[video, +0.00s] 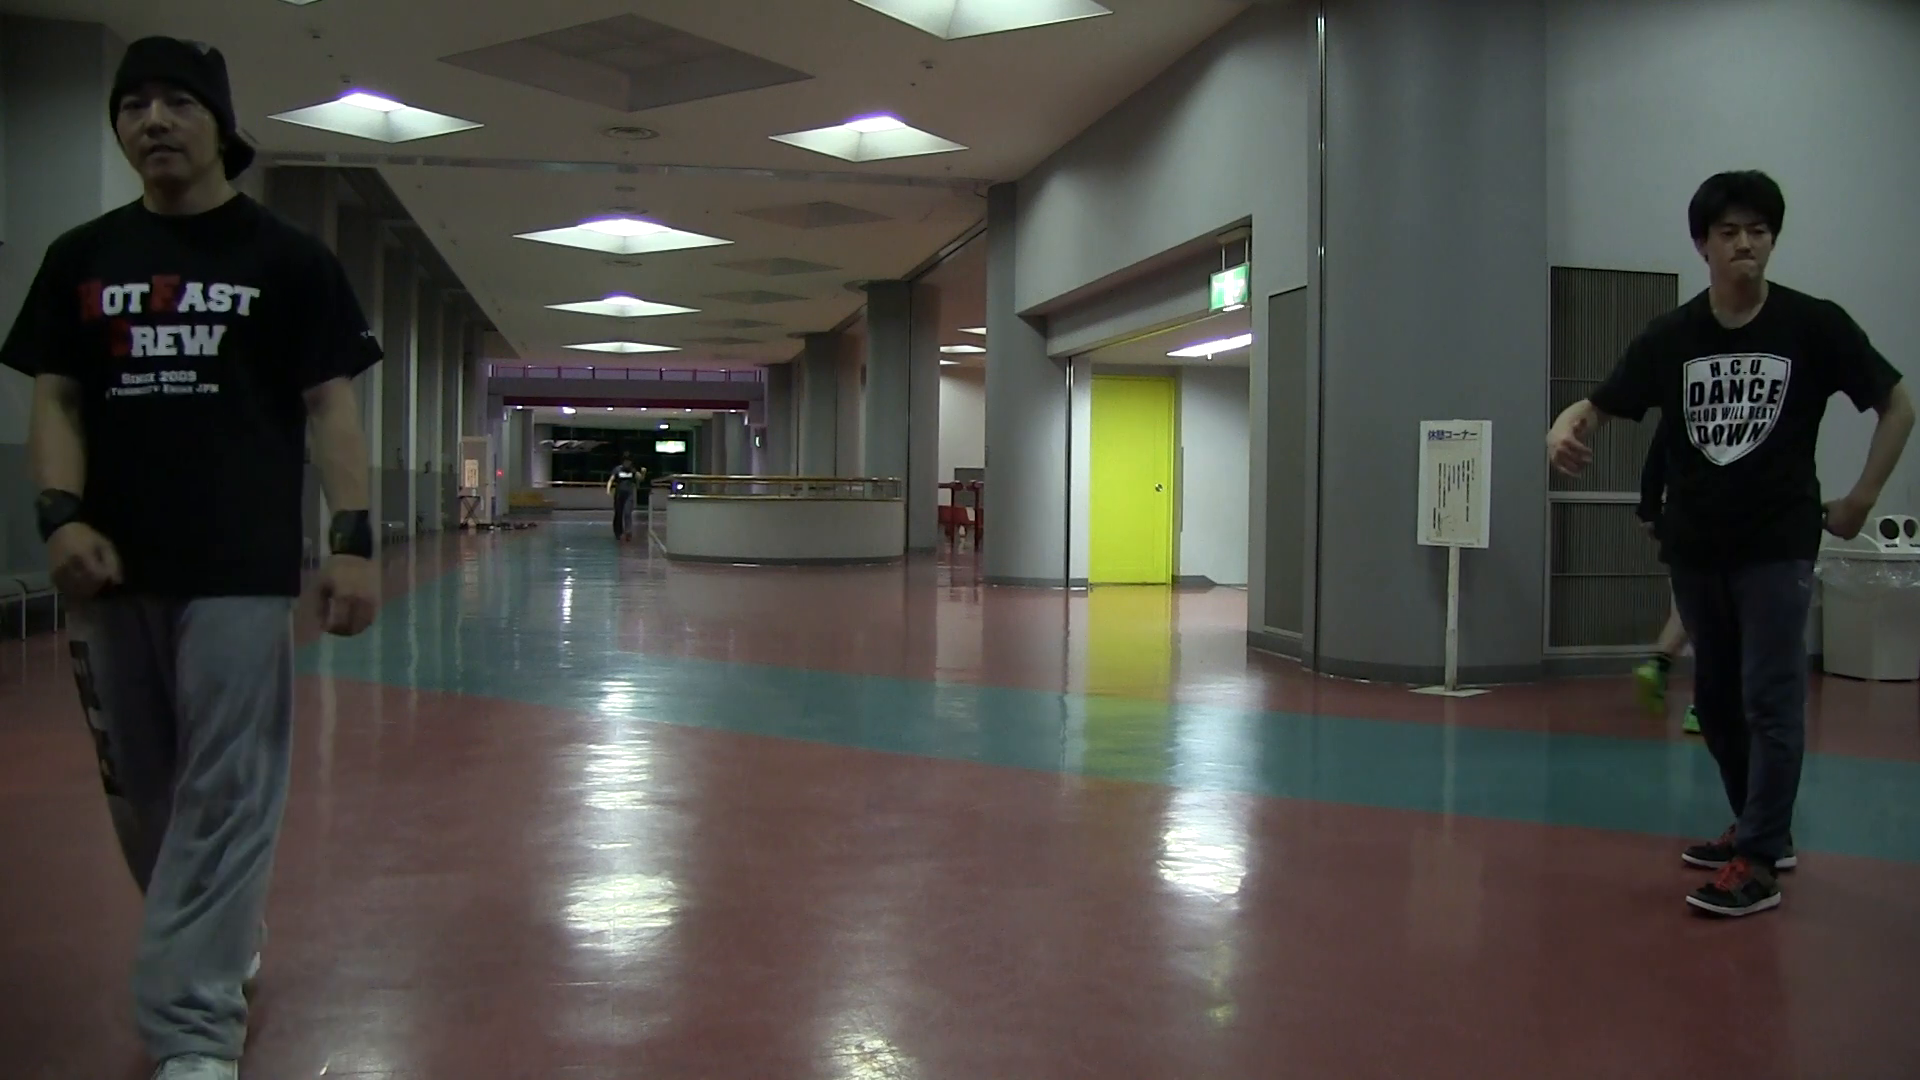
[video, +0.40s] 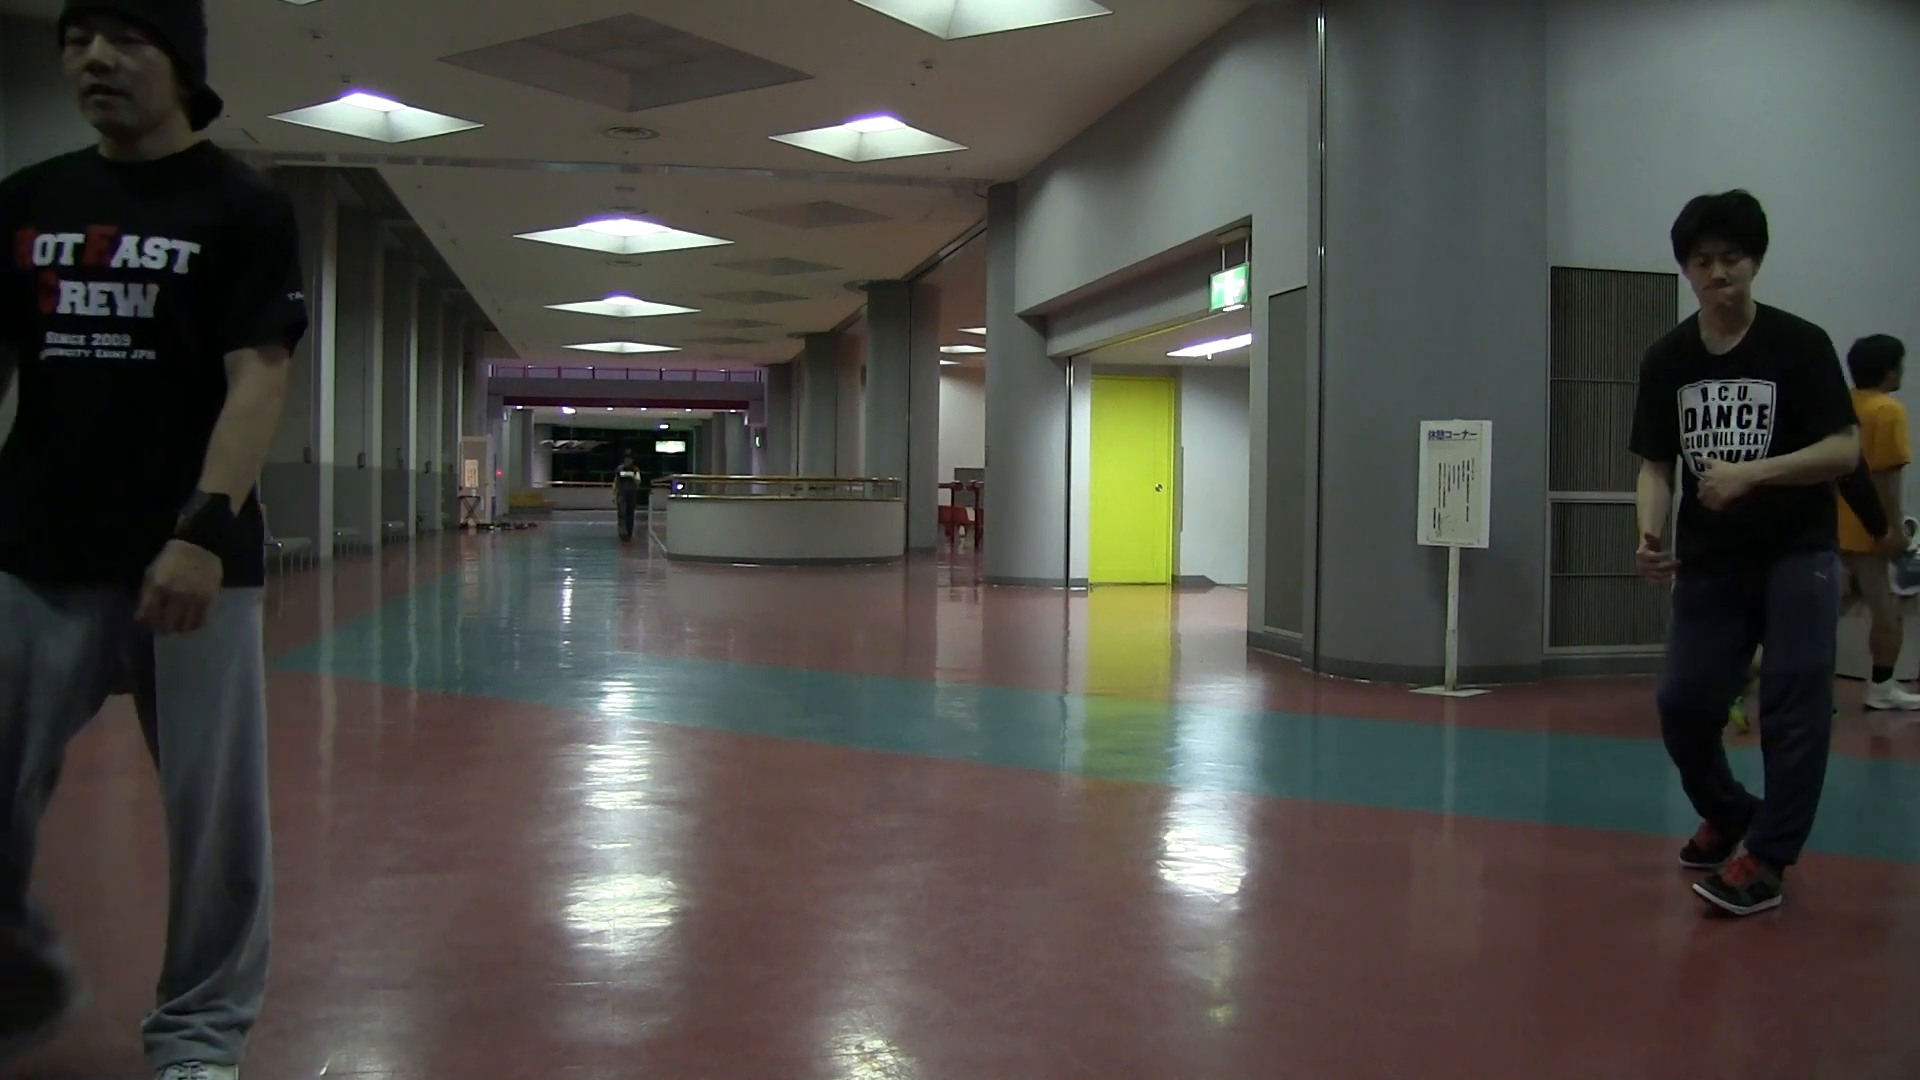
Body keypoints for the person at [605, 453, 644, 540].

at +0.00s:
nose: (627, 464)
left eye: (629, 462)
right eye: (625, 462)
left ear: (631, 463)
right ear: (623, 462)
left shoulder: (633, 471)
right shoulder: (618, 470)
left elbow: (640, 478)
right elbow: (611, 480)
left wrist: (643, 473)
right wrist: (608, 490)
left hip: (629, 496)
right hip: (619, 495)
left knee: (627, 513)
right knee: (618, 514)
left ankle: (628, 533)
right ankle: (618, 533)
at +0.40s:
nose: (628, 462)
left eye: (629, 460)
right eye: (626, 460)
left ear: (632, 461)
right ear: (624, 461)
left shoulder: (635, 470)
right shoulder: (620, 470)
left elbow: (638, 481)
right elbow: (615, 483)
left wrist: (633, 476)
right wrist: (615, 495)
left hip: (631, 496)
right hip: (621, 496)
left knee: (630, 514)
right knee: (622, 514)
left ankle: (629, 533)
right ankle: (623, 534)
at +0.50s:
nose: (628, 463)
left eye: (629, 461)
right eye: (626, 461)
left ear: (632, 461)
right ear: (624, 461)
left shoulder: (635, 470)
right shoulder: (619, 471)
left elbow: (639, 480)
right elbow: (615, 484)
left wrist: (628, 481)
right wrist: (615, 495)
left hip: (632, 496)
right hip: (622, 496)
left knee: (631, 514)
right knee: (623, 514)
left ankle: (630, 533)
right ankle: (624, 533)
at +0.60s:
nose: (628, 463)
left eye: (629, 461)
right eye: (626, 461)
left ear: (632, 461)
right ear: (624, 461)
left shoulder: (635, 470)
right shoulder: (619, 470)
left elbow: (637, 482)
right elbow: (615, 483)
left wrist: (635, 491)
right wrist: (614, 495)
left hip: (631, 496)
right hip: (621, 496)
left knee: (631, 514)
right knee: (622, 514)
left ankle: (630, 533)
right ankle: (624, 533)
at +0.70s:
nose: (628, 461)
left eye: (629, 459)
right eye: (626, 459)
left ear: (632, 459)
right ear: (624, 459)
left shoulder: (635, 469)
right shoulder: (619, 469)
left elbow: (638, 483)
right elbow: (614, 482)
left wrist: (640, 494)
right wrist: (613, 494)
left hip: (632, 496)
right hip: (621, 496)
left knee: (631, 515)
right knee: (622, 515)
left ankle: (630, 534)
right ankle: (624, 534)